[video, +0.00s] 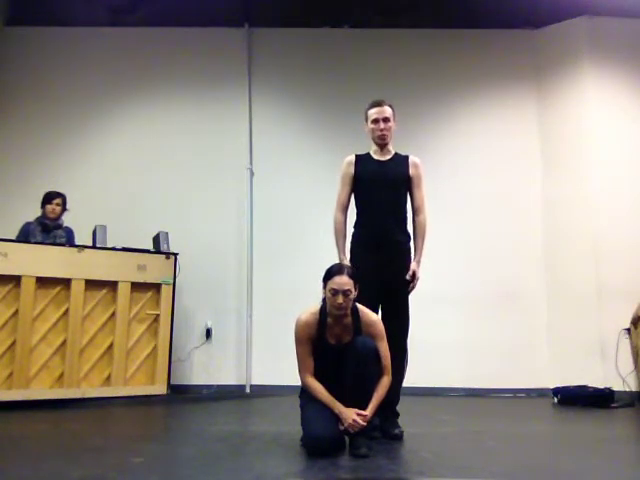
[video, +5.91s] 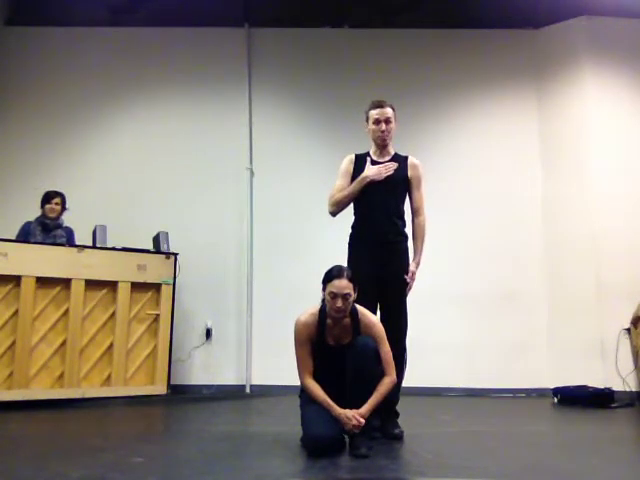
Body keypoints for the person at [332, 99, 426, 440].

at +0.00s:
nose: (381, 126)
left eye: (386, 120)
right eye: (375, 121)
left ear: (394, 124)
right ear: (366, 127)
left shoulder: (411, 166)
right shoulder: (353, 164)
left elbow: (420, 215)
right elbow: (340, 213)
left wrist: (417, 259)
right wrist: (343, 260)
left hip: (397, 259)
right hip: (363, 260)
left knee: (396, 339)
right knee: (359, 339)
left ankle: (389, 416)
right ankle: (359, 417)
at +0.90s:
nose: (383, 124)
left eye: (387, 118)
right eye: (377, 119)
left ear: (395, 124)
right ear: (368, 126)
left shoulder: (411, 166)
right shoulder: (353, 165)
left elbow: (421, 215)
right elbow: (333, 210)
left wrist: (419, 259)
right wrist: (350, 213)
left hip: (396, 259)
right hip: (363, 259)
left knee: (395, 339)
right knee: (360, 338)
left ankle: (388, 415)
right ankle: (360, 416)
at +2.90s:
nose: (381, 124)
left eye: (386, 119)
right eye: (375, 120)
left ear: (394, 126)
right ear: (366, 127)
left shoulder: (409, 166)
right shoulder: (353, 163)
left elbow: (419, 215)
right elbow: (332, 205)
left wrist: (416, 259)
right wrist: (366, 177)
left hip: (395, 257)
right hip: (362, 257)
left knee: (395, 337)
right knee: (358, 336)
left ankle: (388, 415)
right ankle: (359, 416)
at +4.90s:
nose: (381, 121)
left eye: (386, 117)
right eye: (375, 117)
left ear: (393, 124)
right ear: (365, 126)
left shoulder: (409, 165)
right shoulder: (352, 162)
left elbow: (418, 215)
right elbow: (331, 203)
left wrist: (415, 259)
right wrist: (365, 175)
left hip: (393, 256)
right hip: (361, 256)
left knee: (394, 337)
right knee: (358, 336)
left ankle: (388, 415)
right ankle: (359, 416)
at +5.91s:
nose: (383, 127)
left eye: (388, 121)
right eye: (377, 122)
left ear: (395, 126)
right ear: (367, 127)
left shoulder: (410, 166)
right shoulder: (353, 163)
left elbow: (418, 215)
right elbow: (333, 206)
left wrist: (416, 260)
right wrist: (365, 178)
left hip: (394, 258)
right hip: (362, 257)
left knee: (394, 336)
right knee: (359, 336)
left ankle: (389, 415)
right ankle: (359, 416)